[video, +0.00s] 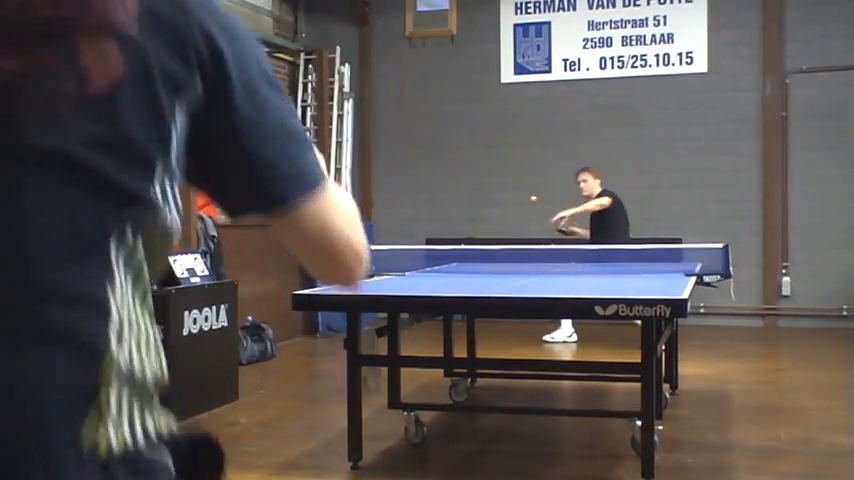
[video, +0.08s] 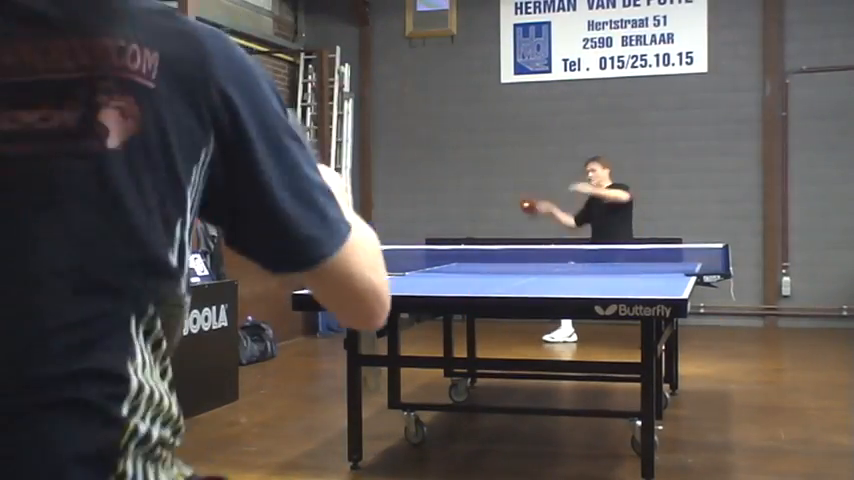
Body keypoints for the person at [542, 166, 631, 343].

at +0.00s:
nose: (581, 186)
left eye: (584, 181)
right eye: (579, 183)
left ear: (597, 181)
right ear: (578, 186)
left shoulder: (607, 195)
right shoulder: (597, 206)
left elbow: (602, 203)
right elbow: (598, 234)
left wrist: (569, 212)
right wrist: (574, 231)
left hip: (612, 256)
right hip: (604, 256)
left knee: (561, 274)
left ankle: (566, 326)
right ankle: (640, 316)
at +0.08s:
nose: (589, 176)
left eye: (593, 171)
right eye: (588, 172)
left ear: (606, 171)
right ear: (587, 176)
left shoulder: (619, 189)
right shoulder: (593, 200)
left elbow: (624, 197)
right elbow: (573, 223)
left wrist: (591, 190)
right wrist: (552, 209)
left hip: (621, 254)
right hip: (595, 254)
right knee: (562, 273)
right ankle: (566, 326)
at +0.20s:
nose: (604, 166)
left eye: (609, 163)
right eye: (602, 163)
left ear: (621, 167)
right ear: (600, 165)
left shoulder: (631, 190)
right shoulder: (591, 184)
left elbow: (664, 202)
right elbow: (566, 185)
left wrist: (649, 177)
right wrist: (574, 162)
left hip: (619, 251)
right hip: (588, 250)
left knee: (636, 270)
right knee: (565, 275)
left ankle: (655, 326)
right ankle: (565, 328)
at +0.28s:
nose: (616, 169)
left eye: (621, 166)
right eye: (614, 165)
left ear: (631, 170)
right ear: (610, 168)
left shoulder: (636, 198)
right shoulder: (598, 184)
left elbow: (662, 221)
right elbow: (577, 177)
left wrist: (667, 202)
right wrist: (585, 151)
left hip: (622, 252)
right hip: (589, 249)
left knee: (650, 284)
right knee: (568, 281)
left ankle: (668, 327)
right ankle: (564, 329)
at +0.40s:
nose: (631, 176)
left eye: (636, 173)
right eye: (628, 172)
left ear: (645, 177)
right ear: (624, 174)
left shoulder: (648, 206)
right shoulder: (612, 191)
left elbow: (655, 234)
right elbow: (589, 186)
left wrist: (669, 231)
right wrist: (600, 161)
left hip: (632, 256)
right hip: (600, 253)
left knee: (665, 281)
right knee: (575, 281)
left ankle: (672, 326)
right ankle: (565, 328)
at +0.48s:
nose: (642, 176)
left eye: (647, 173)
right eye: (640, 172)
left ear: (657, 177)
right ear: (636, 174)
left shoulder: (660, 204)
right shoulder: (622, 192)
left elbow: (668, 232)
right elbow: (597, 192)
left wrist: (679, 235)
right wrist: (608, 168)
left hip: (645, 257)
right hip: (613, 254)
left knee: (670, 285)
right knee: (587, 286)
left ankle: (674, 327)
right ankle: (567, 329)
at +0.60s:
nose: (656, 165)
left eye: (661, 161)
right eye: (653, 161)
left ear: (670, 165)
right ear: (649, 164)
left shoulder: (677, 192)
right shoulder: (636, 184)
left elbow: (690, 219)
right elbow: (609, 189)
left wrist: (687, 224)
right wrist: (614, 169)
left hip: (662, 251)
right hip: (631, 249)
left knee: (674, 285)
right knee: (609, 283)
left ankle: (675, 325)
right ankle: (588, 325)